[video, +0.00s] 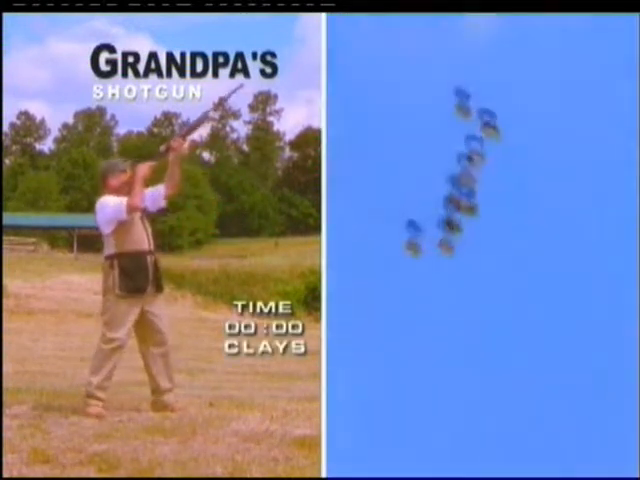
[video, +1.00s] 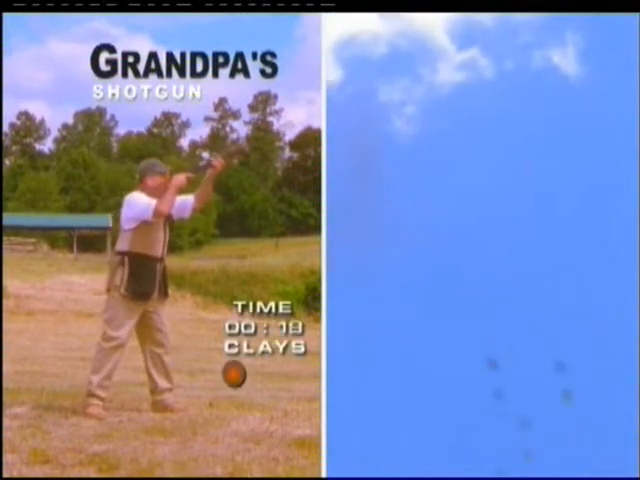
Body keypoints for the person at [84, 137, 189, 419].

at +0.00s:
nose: (129, 177)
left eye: (129, 173)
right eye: (122, 173)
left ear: (128, 178)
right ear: (109, 181)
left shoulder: (136, 198)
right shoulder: (105, 204)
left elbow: (169, 189)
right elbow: (134, 206)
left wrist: (175, 158)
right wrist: (140, 176)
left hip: (146, 268)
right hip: (120, 270)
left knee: (156, 338)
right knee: (113, 338)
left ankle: (163, 395)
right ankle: (95, 398)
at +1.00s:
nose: (165, 184)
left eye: (166, 180)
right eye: (161, 179)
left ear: (164, 183)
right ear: (146, 180)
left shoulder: (163, 202)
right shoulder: (133, 200)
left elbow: (197, 203)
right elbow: (161, 212)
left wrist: (210, 177)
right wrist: (174, 186)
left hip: (154, 269)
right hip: (129, 267)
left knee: (157, 339)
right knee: (114, 337)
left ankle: (162, 397)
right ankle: (95, 397)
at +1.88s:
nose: (178, 191)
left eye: (179, 186)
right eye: (175, 184)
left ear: (174, 188)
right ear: (159, 183)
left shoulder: (171, 211)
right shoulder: (140, 202)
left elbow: (197, 228)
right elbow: (158, 220)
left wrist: (226, 210)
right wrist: (185, 212)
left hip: (155, 275)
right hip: (130, 273)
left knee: (157, 342)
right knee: (115, 338)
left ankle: (161, 397)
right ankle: (96, 398)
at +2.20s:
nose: (174, 200)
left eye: (175, 195)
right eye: (172, 193)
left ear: (166, 191)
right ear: (157, 187)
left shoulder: (166, 217)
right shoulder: (131, 206)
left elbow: (177, 247)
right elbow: (134, 237)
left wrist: (204, 243)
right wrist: (166, 240)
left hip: (149, 275)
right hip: (124, 271)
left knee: (154, 342)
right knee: (112, 340)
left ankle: (162, 397)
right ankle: (95, 399)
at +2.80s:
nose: (137, 185)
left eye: (138, 180)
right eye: (132, 179)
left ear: (137, 183)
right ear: (116, 182)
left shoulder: (140, 210)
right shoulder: (109, 211)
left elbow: (147, 242)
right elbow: (128, 242)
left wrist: (172, 247)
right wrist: (162, 242)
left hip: (143, 281)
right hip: (118, 282)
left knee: (153, 344)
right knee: (113, 343)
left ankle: (162, 397)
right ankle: (94, 400)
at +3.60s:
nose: (127, 191)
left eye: (129, 187)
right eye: (123, 187)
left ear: (128, 186)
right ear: (108, 185)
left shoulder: (134, 209)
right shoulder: (96, 212)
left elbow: (146, 241)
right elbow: (99, 244)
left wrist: (170, 237)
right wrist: (132, 241)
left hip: (143, 279)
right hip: (117, 282)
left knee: (152, 344)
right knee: (112, 343)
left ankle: (162, 397)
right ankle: (95, 400)